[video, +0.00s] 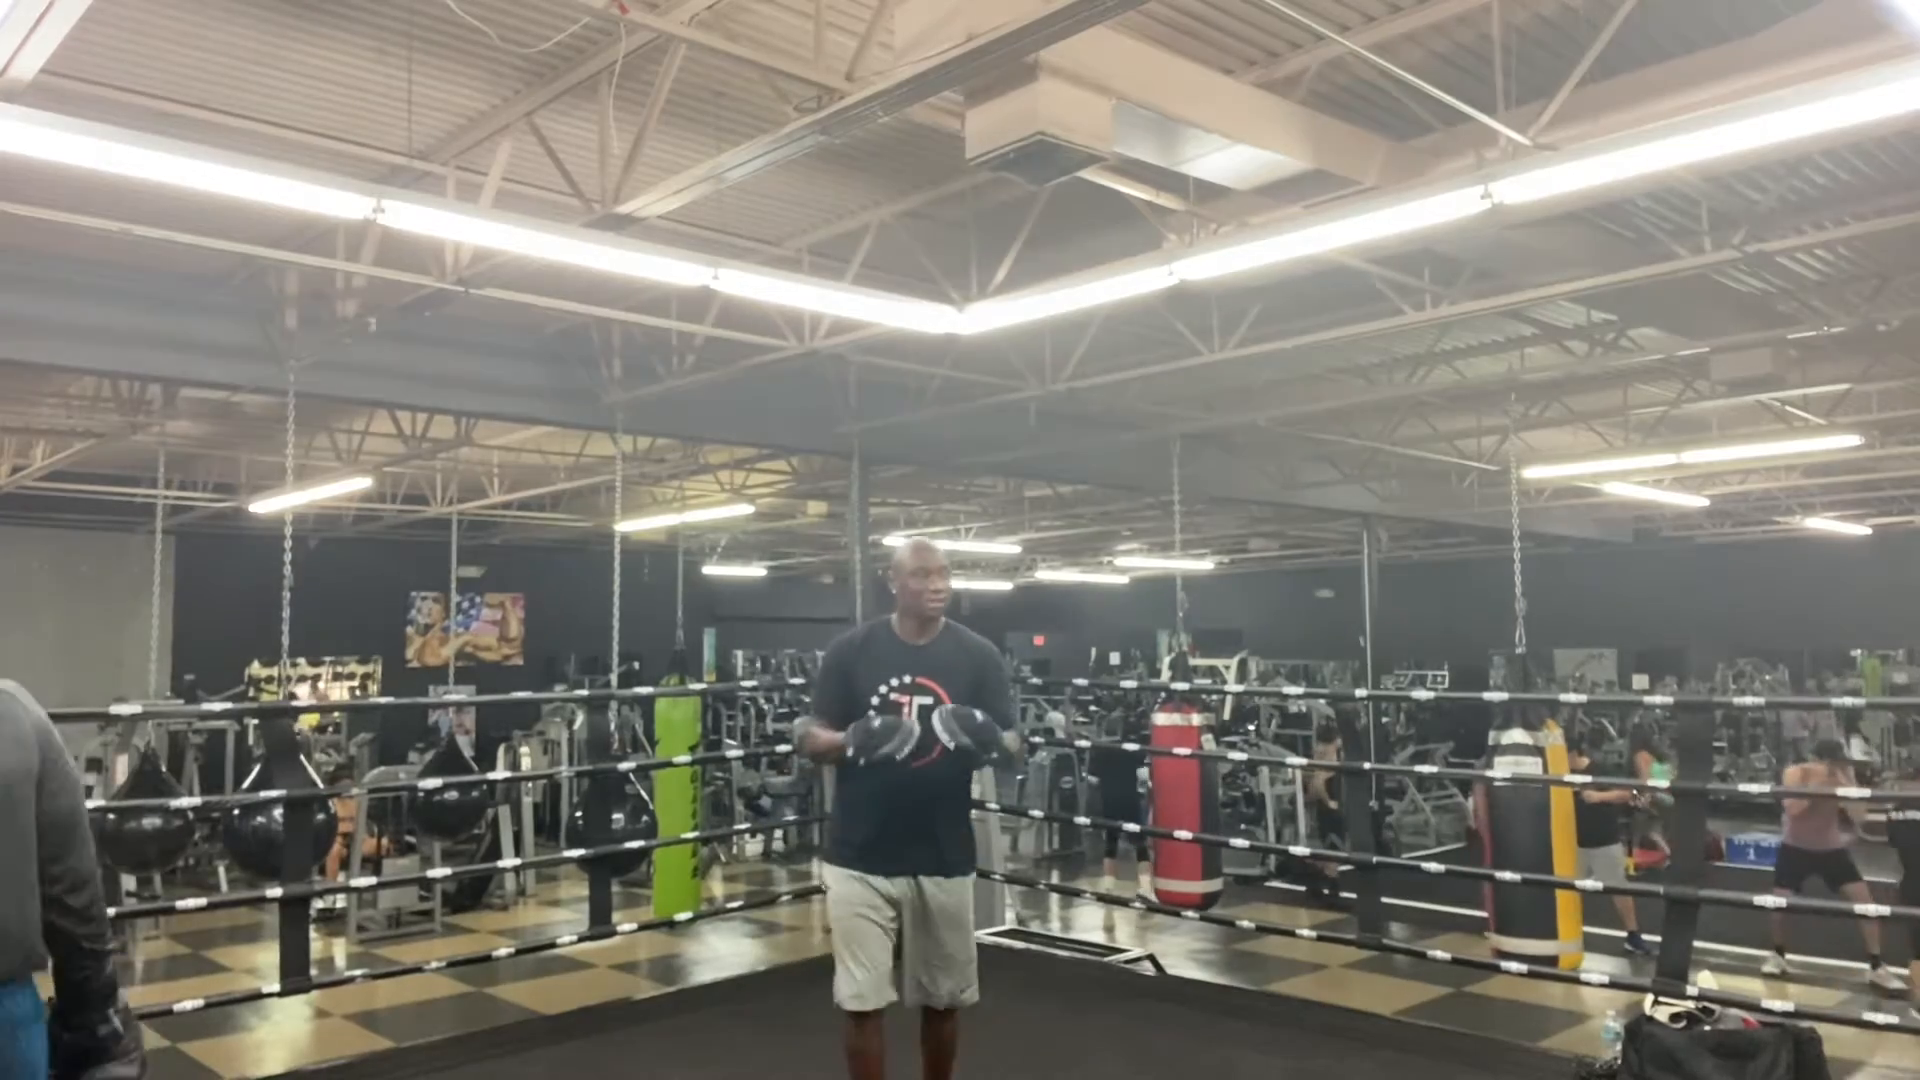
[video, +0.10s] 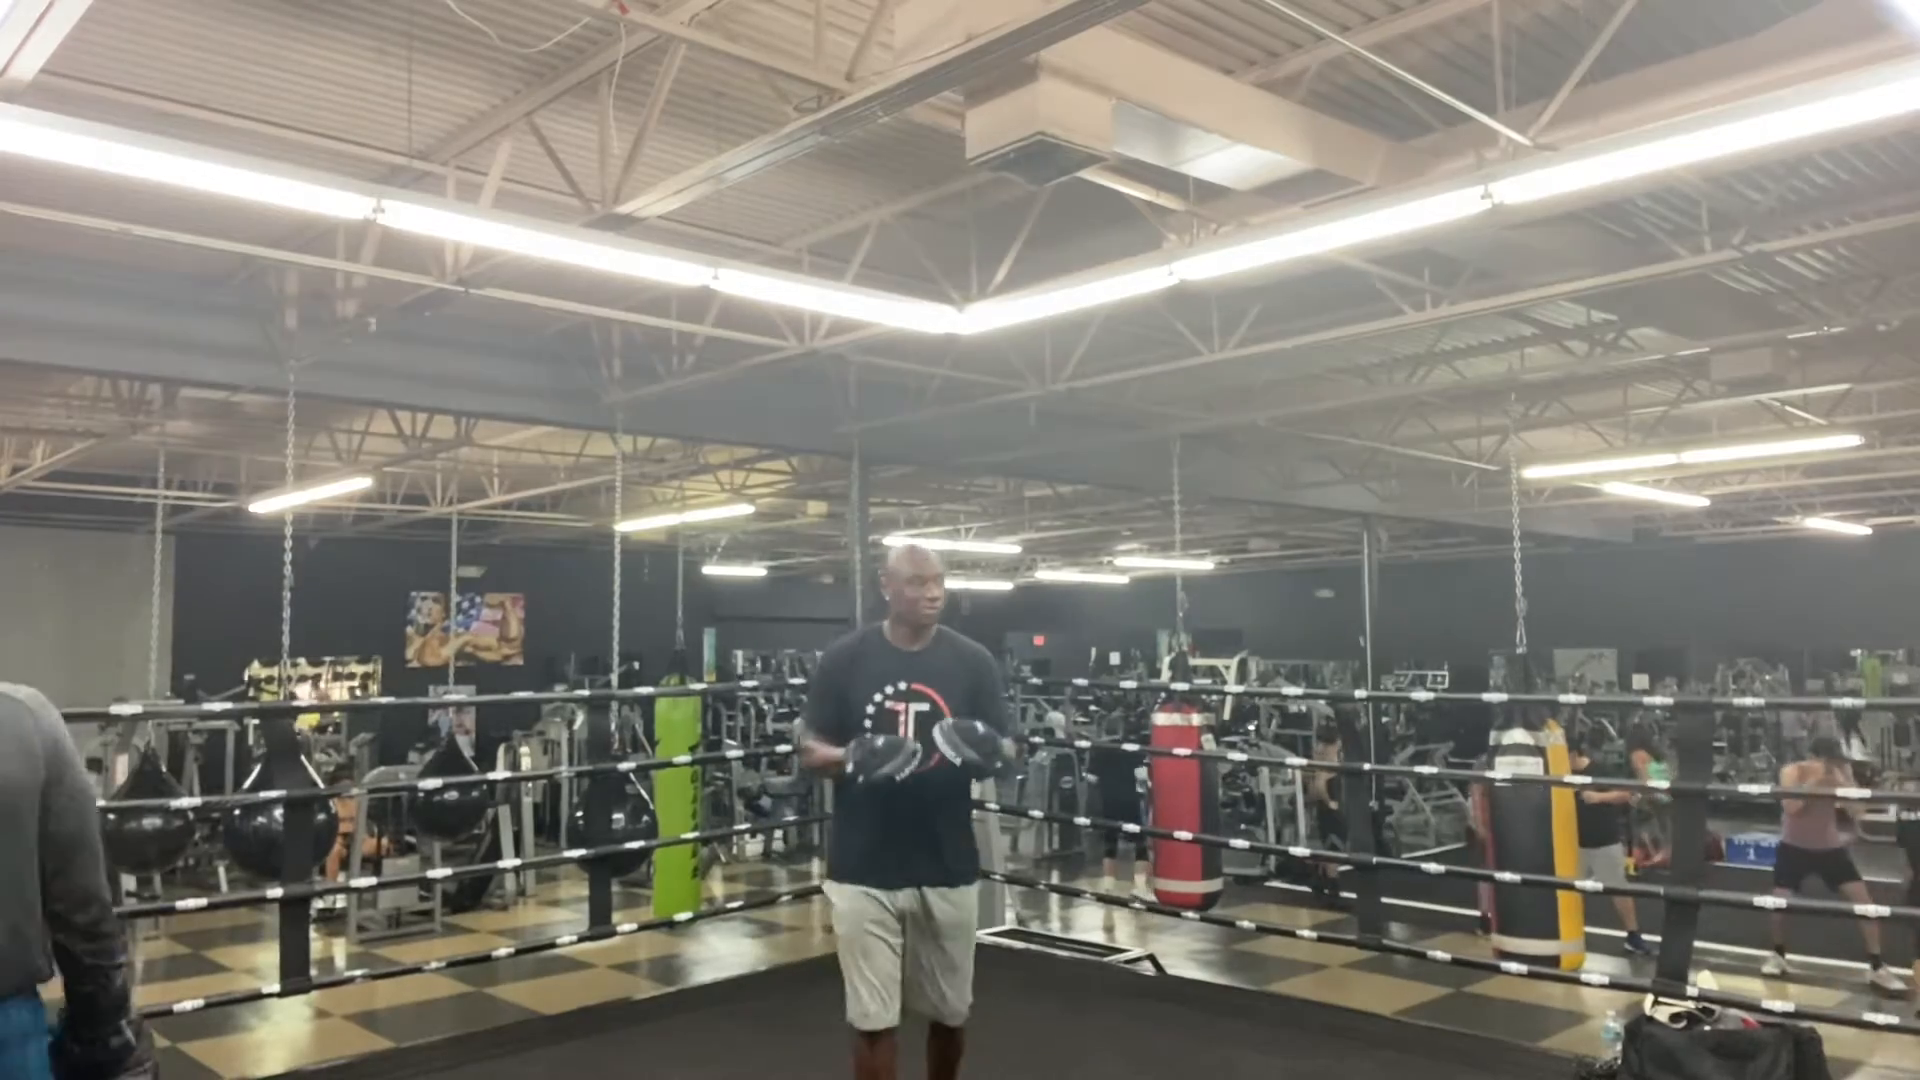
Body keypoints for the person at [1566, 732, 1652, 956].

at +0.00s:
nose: (1564, 761)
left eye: (1567, 756)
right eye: (1562, 757)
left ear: (1578, 754)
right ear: (1561, 757)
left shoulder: (1600, 770)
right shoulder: (1557, 777)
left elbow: (1627, 793)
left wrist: (1599, 796)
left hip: (1604, 840)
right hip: (1573, 843)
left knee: (1620, 889)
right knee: (1566, 892)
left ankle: (1633, 934)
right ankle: (1563, 937)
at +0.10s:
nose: (1562, 763)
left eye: (1565, 757)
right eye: (1561, 758)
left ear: (1577, 755)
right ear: (1562, 757)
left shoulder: (1600, 771)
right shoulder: (1560, 778)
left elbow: (1626, 793)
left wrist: (1599, 796)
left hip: (1605, 841)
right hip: (1574, 844)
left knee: (1619, 889)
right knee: (1567, 892)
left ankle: (1633, 934)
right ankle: (1565, 938)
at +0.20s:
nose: (1564, 763)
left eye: (1567, 757)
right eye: (1562, 758)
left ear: (1578, 755)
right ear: (1561, 758)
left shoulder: (1600, 771)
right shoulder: (1560, 778)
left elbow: (1625, 793)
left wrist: (1597, 796)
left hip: (1603, 839)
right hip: (1573, 843)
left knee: (1619, 888)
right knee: (1567, 891)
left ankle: (1633, 934)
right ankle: (1565, 937)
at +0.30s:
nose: (1564, 763)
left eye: (1566, 758)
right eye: (1562, 758)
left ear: (1577, 754)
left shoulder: (1602, 771)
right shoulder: (1561, 778)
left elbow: (1625, 794)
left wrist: (1596, 796)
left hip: (1603, 840)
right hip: (1573, 843)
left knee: (1618, 888)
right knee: (1568, 892)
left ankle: (1633, 934)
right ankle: (1566, 937)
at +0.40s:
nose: (1566, 762)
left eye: (1568, 757)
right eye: (1564, 758)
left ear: (1578, 754)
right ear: (1562, 758)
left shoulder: (1603, 769)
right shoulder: (1560, 777)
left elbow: (1627, 792)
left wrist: (1594, 797)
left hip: (1603, 840)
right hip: (1572, 843)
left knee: (1618, 889)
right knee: (1568, 892)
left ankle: (1633, 934)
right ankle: (1568, 938)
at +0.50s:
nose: (1565, 763)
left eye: (1568, 758)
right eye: (1563, 759)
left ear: (1577, 755)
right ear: (1563, 759)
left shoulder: (1601, 772)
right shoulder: (1562, 776)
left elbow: (1626, 793)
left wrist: (1594, 797)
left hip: (1604, 841)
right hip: (1572, 844)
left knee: (1618, 889)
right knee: (1568, 892)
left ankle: (1633, 934)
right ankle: (1567, 938)